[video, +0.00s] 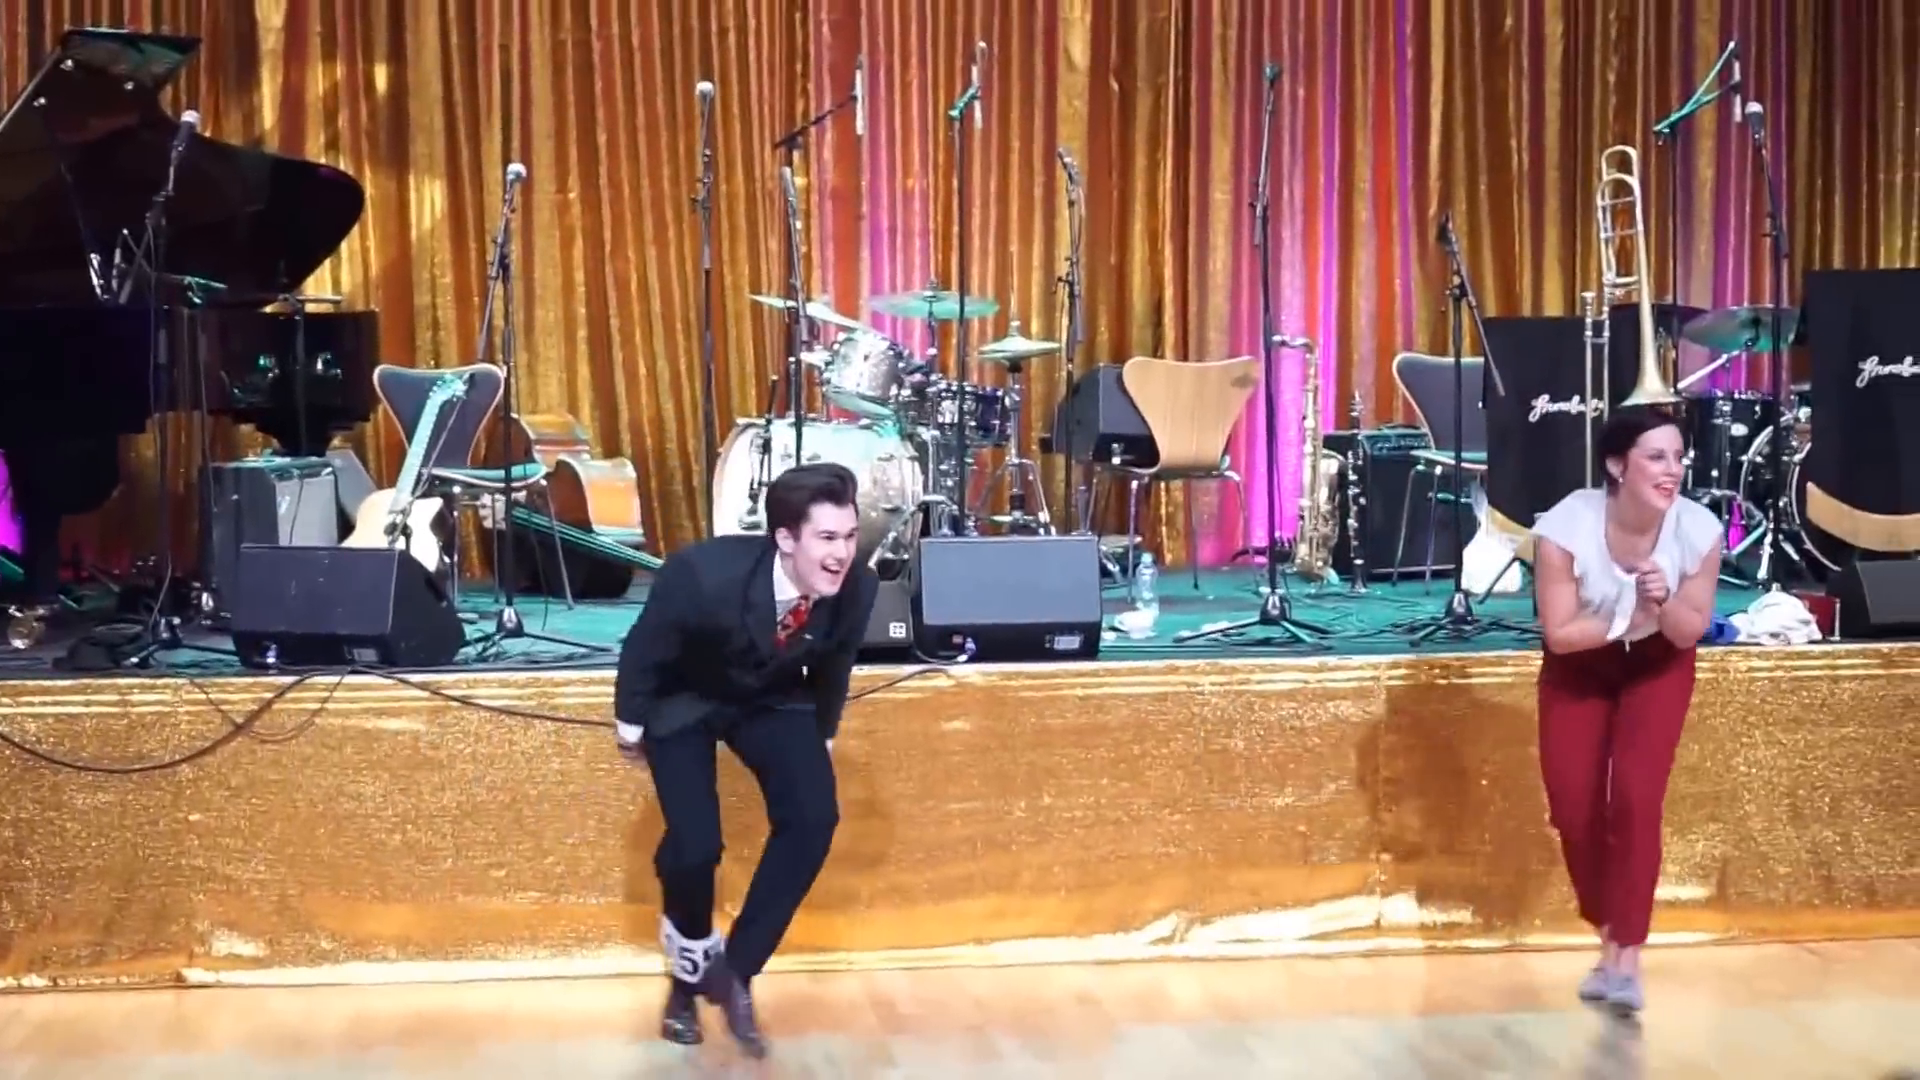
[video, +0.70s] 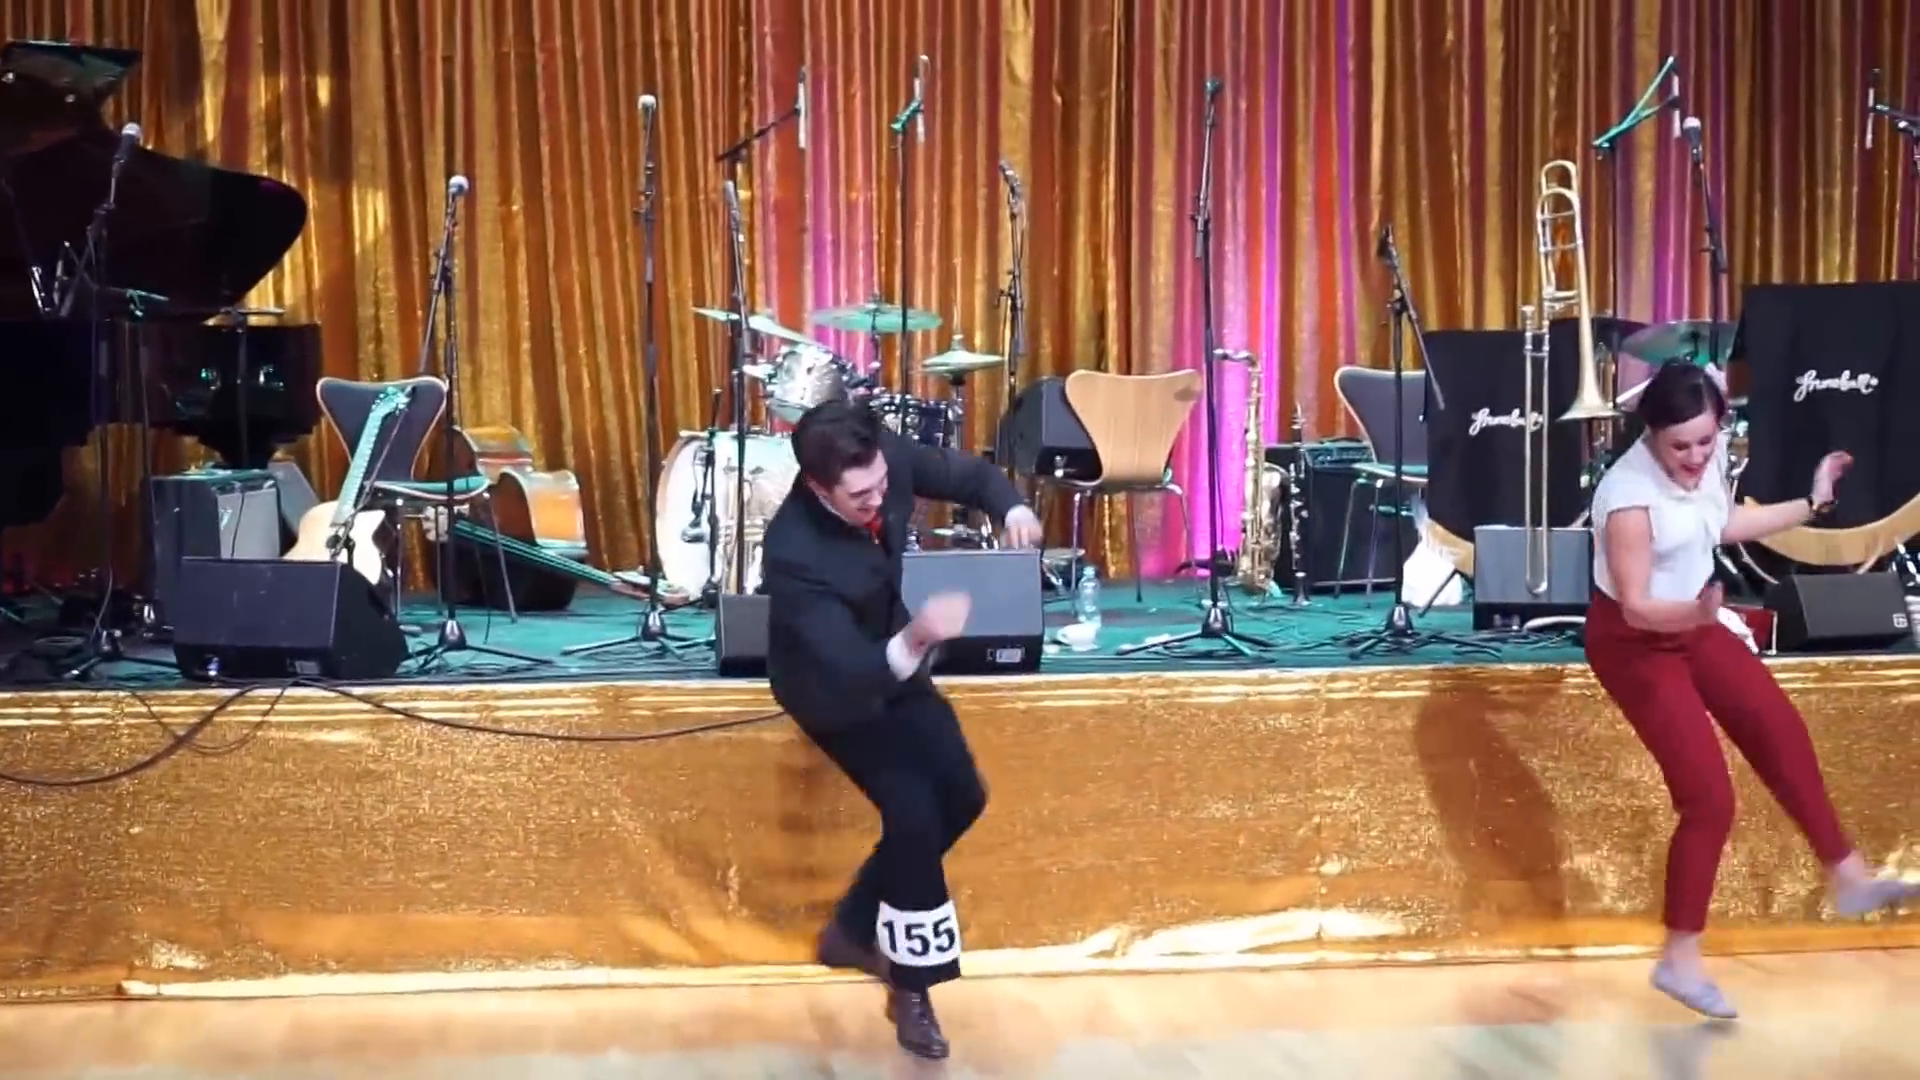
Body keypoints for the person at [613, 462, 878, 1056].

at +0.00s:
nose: (843, 553)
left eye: (850, 536)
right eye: (828, 538)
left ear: (859, 535)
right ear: (784, 540)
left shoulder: (854, 588)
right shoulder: (700, 577)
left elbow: (835, 665)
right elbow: (641, 652)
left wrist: (822, 731)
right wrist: (630, 729)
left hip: (771, 698)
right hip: (681, 699)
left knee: (811, 819)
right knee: (694, 846)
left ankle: (734, 971)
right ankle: (687, 975)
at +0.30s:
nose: (875, 541)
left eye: (877, 524)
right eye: (858, 532)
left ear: (885, 519)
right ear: (813, 541)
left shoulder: (888, 563)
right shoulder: (742, 590)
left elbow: (874, 655)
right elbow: (669, 655)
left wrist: (861, 735)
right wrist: (677, 752)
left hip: (818, 710)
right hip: (733, 706)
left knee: (846, 850)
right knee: (759, 838)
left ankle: (778, 976)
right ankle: (654, 956)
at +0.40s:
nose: (879, 532)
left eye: (880, 515)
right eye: (862, 524)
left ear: (887, 510)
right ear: (819, 536)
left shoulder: (901, 551)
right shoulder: (750, 581)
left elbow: (900, 642)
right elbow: (705, 651)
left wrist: (902, 733)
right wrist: (735, 742)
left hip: (839, 695)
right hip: (765, 699)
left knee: (869, 832)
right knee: (821, 814)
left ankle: (785, 943)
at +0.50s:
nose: (883, 529)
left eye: (882, 512)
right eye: (865, 521)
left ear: (887, 503)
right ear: (822, 532)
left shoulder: (908, 542)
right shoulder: (763, 600)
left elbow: (931, 623)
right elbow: (745, 699)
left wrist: (947, 708)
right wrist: (789, 761)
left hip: (872, 716)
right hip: (798, 726)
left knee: (864, 852)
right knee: (864, 845)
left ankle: (770, 971)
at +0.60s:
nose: (877, 514)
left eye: (879, 498)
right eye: (860, 510)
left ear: (881, 479)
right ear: (816, 511)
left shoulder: (894, 503)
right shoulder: (778, 587)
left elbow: (961, 545)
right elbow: (788, 712)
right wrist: (853, 719)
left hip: (899, 693)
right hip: (827, 718)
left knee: (887, 861)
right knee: (893, 834)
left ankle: (773, 958)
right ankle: (934, 992)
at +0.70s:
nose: (876, 502)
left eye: (880, 485)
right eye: (859, 495)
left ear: (884, 459)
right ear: (817, 486)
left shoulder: (887, 458)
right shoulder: (794, 552)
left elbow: (974, 474)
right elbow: (848, 669)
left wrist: (1013, 507)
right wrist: (912, 642)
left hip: (891, 659)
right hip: (827, 691)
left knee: (963, 796)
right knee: (913, 808)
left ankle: (853, 928)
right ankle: (911, 986)